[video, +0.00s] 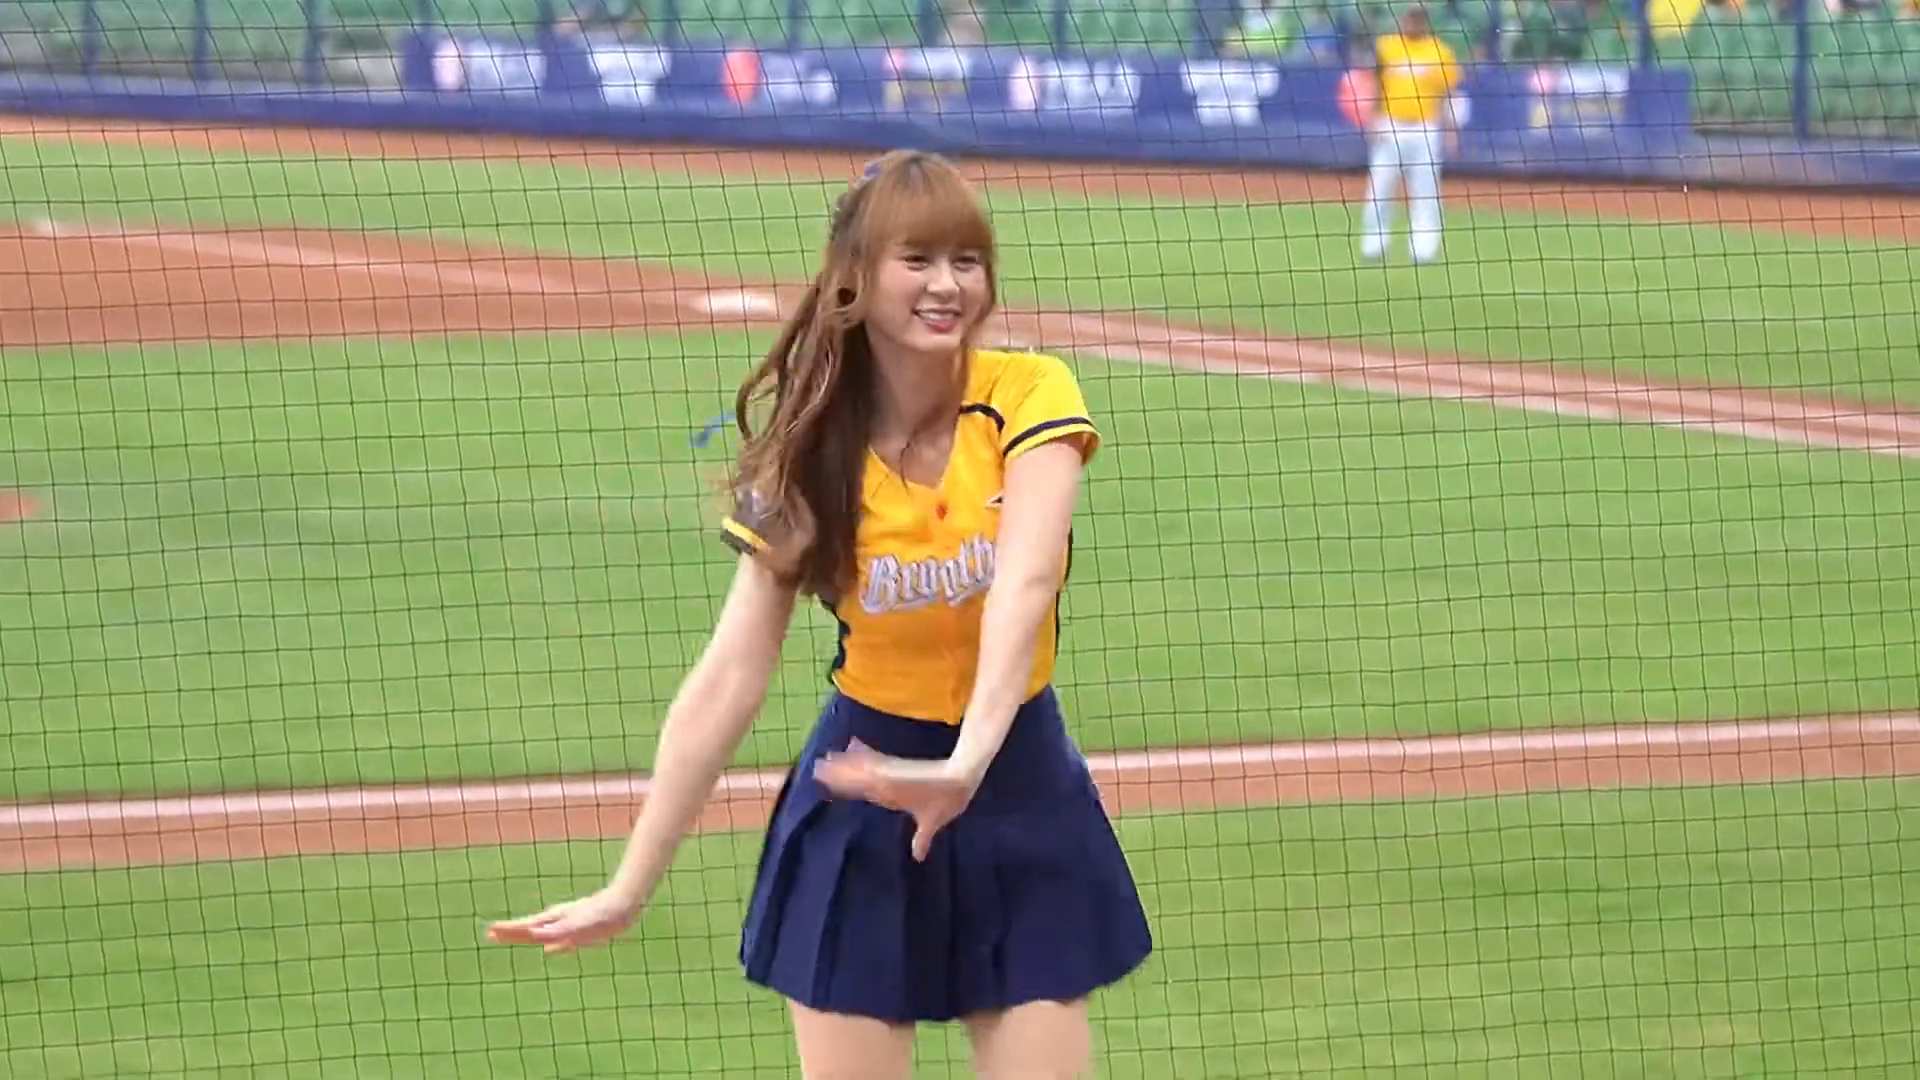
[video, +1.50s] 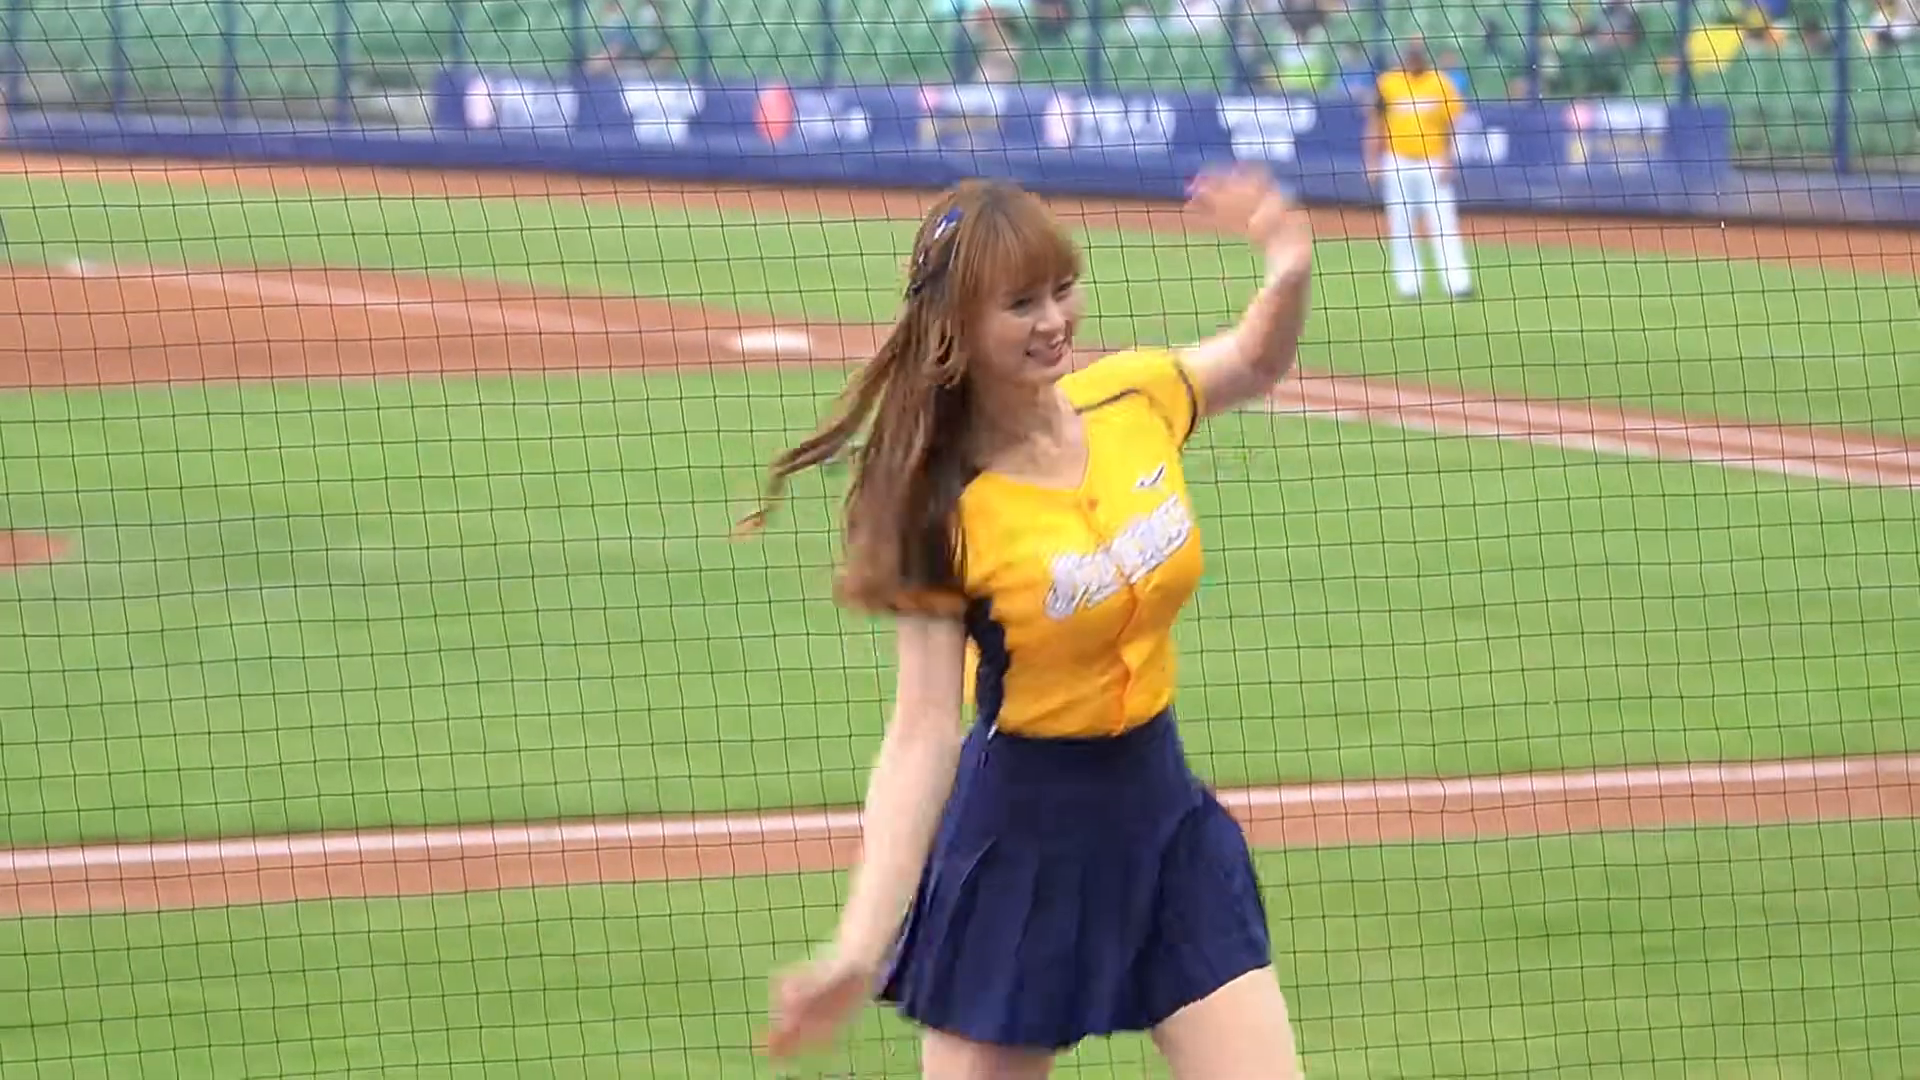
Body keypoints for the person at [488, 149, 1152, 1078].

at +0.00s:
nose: (947, 284)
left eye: (966, 260)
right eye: (916, 259)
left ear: (989, 277)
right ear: (854, 279)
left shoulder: (1031, 393)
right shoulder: (813, 447)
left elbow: (1028, 581)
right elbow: (727, 677)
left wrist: (970, 756)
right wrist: (628, 888)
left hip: (1019, 787)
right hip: (860, 784)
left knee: (1047, 1057)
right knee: (849, 1059)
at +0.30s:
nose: (1124, 210)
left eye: (1146, 184)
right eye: (1093, 185)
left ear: (1169, 194)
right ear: (1038, 200)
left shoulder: (1186, 314)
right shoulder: (980, 333)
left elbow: (1265, 187)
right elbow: (781, 278)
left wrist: (1332, 65)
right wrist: (616, 189)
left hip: (1160, 719)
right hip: (1025, 714)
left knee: (1224, 1067)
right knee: (947, 1065)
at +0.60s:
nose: (1279, 242)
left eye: (1307, 223)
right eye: (1255, 213)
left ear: (1332, 250)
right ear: (1201, 223)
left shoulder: (1326, 410)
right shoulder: (1112, 358)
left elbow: (1527, 472)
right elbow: (906, 424)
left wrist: (1696, 512)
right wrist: (1038, 284)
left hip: (1202, 775)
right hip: (1055, 759)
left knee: (1251, 1063)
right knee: (1078, 1064)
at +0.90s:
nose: (1225, 286)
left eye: (1251, 268)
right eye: (1203, 256)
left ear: (1270, 292)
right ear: (1145, 259)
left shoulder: (1259, 461)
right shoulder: (1023, 394)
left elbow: (1408, 622)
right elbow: (791, 406)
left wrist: (1564, 764)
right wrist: (889, 272)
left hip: (1169, 801)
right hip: (1015, 794)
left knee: (1224, 1062)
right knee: (1001, 1065)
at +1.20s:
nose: (1086, 268)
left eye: (1097, 243)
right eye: (1053, 246)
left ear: (1114, 255)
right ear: (984, 271)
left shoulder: (1168, 392)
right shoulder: (923, 437)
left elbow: (1373, 392)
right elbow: (687, 464)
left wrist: (1461, 260)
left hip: (1156, 792)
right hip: (1005, 806)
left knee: (1235, 1065)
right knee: (959, 1066)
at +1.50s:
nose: (1054, 321)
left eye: (1063, 290)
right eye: (1021, 303)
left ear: (1080, 288)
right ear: (951, 332)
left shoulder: (1137, 391)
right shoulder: (940, 505)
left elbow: (1256, 360)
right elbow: (921, 732)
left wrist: (1290, 266)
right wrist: (859, 948)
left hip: (1160, 807)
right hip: (1019, 827)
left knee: (1263, 1060)